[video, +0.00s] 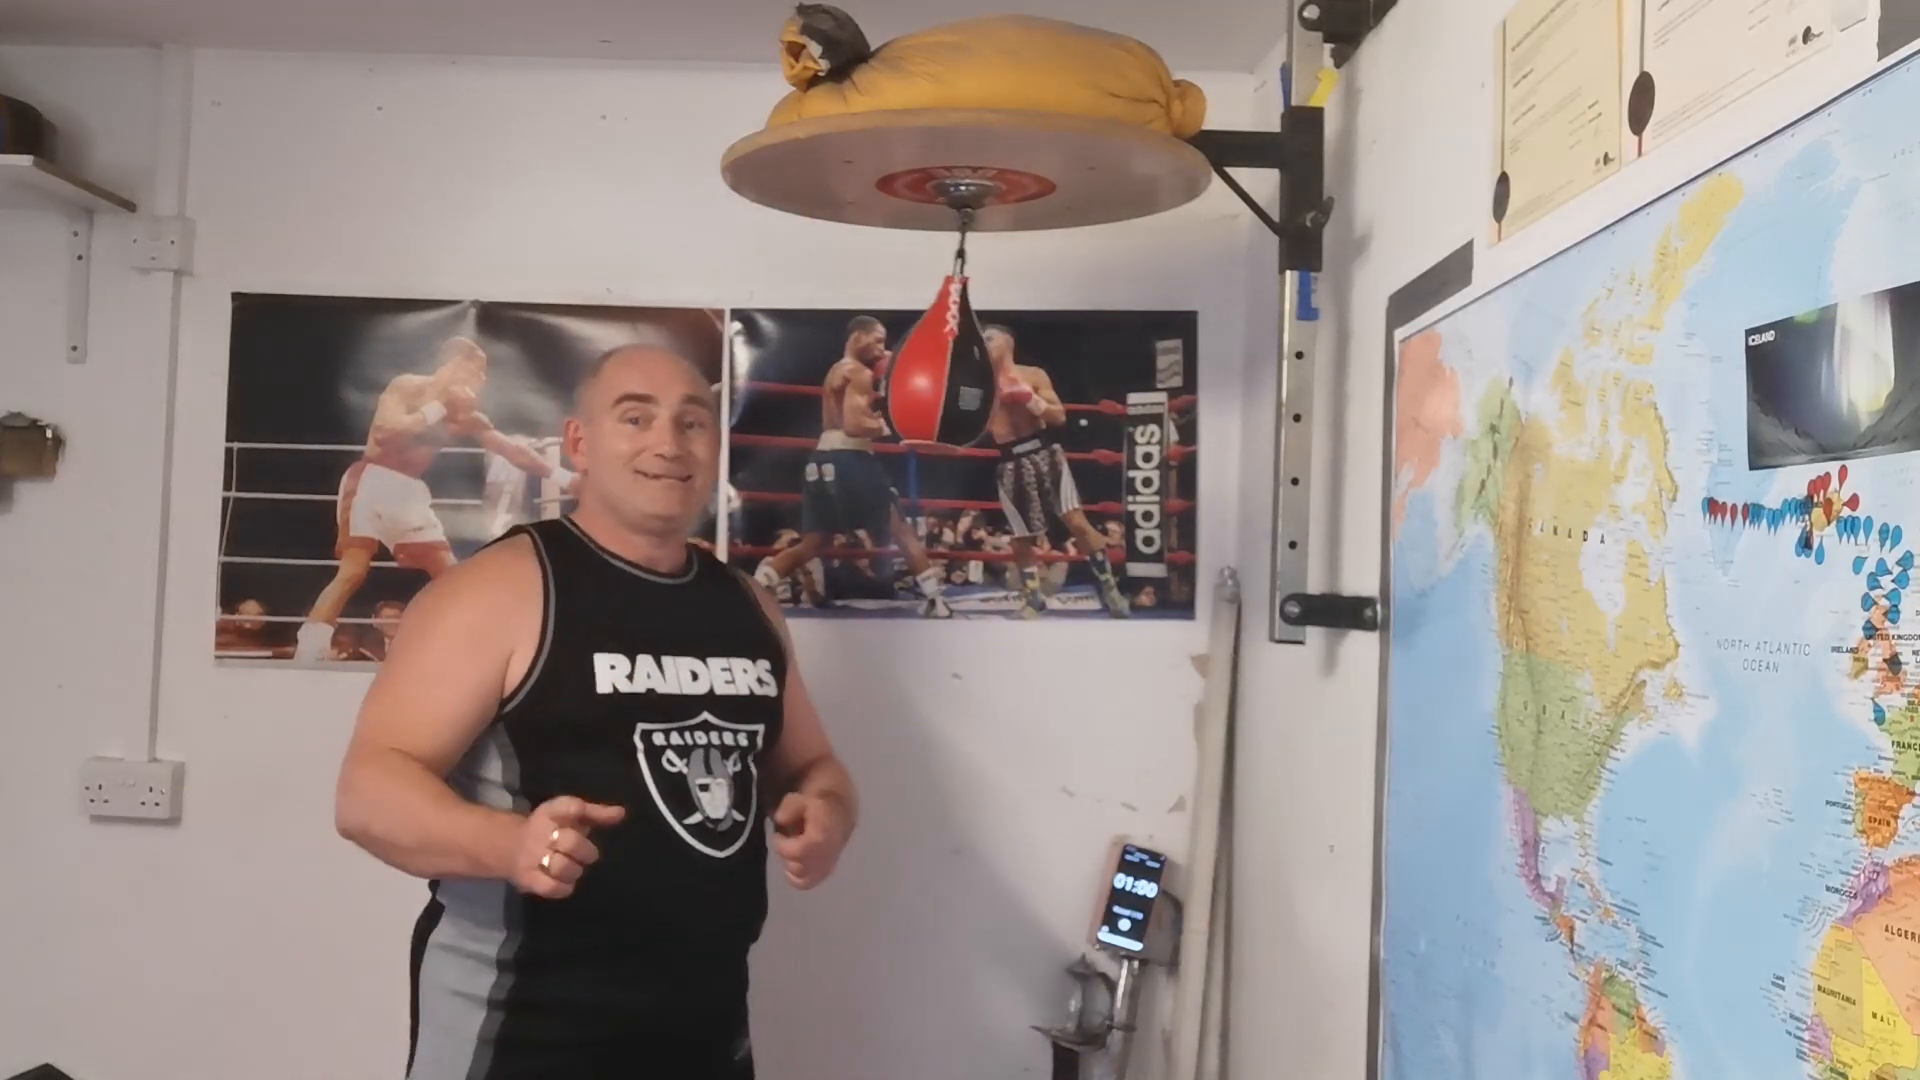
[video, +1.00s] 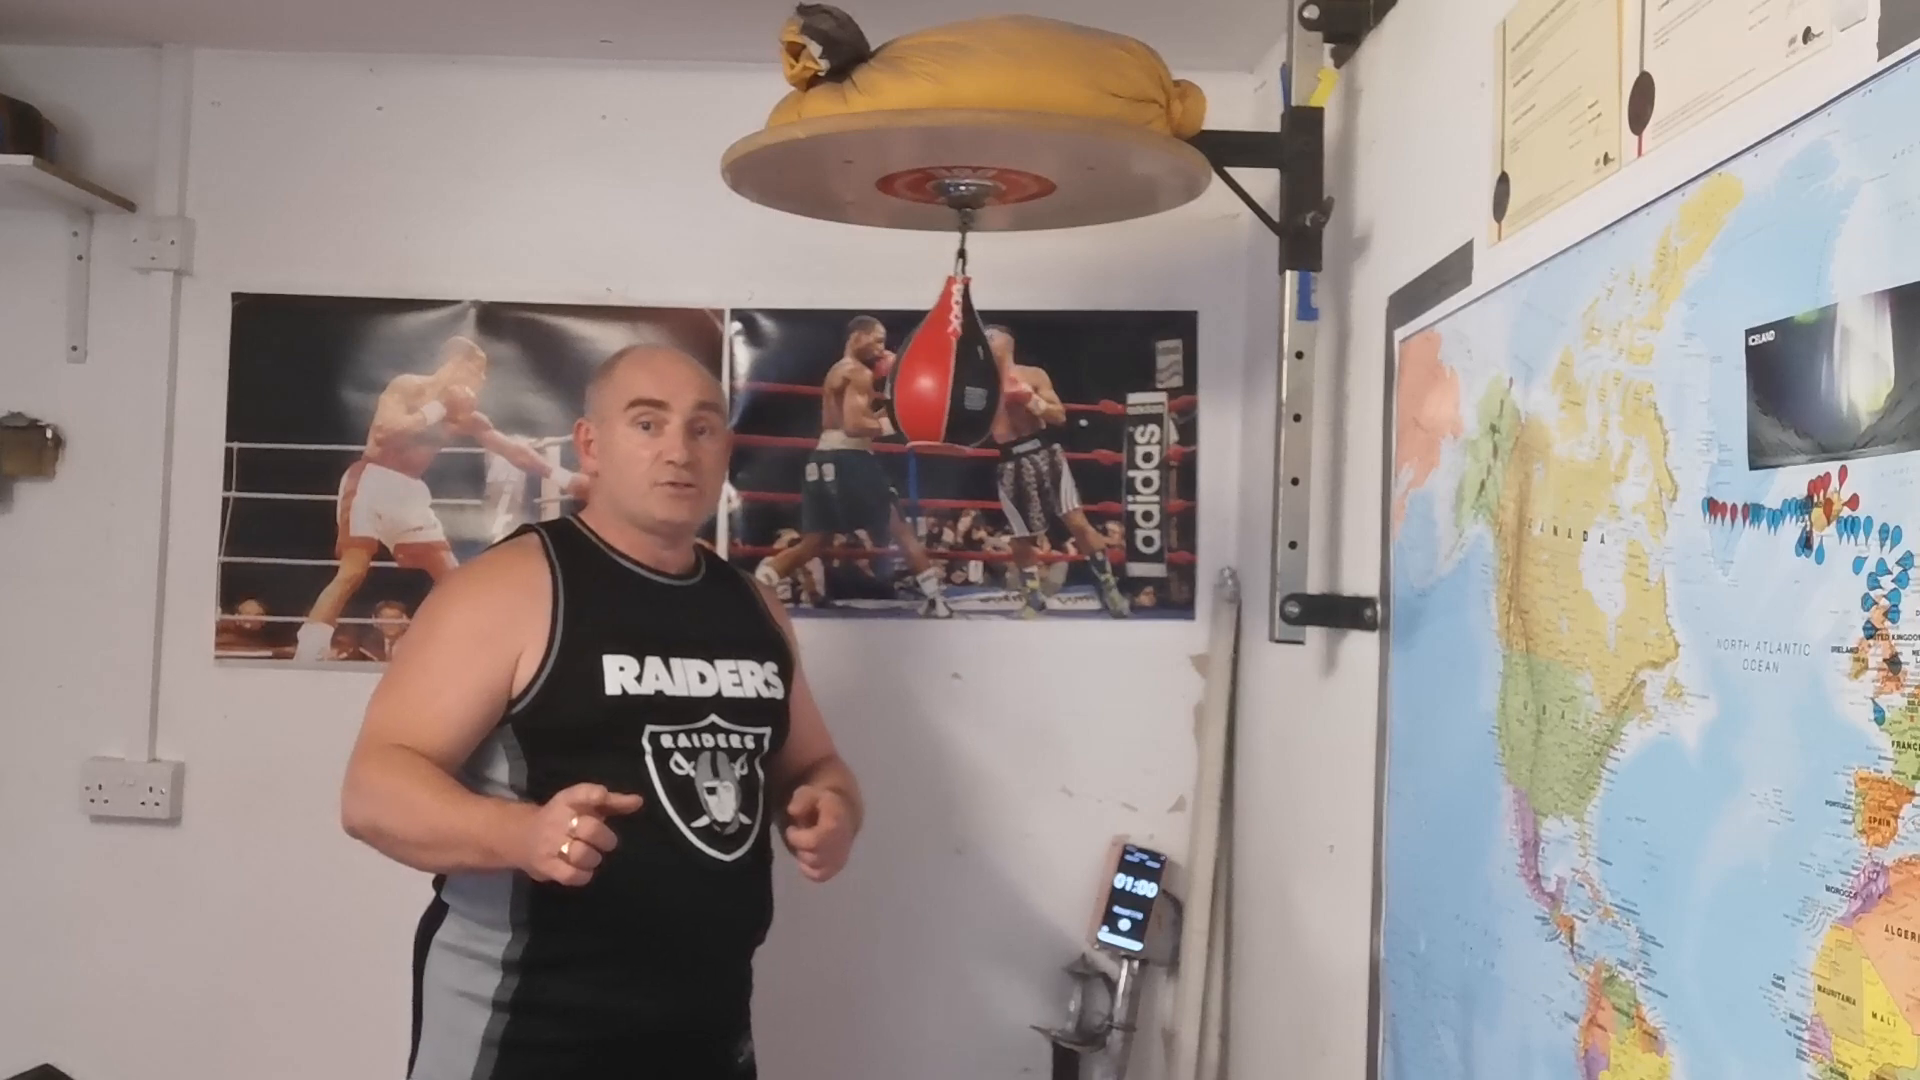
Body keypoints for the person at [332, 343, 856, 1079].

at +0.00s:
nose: (668, 443)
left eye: (691, 421)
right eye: (634, 417)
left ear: (715, 453)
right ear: (577, 444)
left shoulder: (744, 606)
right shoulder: (495, 590)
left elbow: (813, 765)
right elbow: (369, 789)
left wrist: (824, 814)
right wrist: (506, 843)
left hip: (699, 1018)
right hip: (522, 1022)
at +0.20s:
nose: (674, 449)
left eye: (696, 424)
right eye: (641, 421)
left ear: (722, 452)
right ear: (583, 447)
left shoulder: (747, 605)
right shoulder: (500, 589)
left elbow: (809, 766)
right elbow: (370, 787)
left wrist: (826, 814)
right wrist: (509, 839)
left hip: (698, 1015)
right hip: (521, 1018)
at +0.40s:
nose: (676, 448)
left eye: (700, 424)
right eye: (643, 420)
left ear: (725, 454)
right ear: (586, 445)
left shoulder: (750, 607)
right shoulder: (504, 588)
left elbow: (811, 766)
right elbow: (373, 786)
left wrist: (828, 813)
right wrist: (513, 832)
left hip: (701, 1016)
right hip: (523, 1019)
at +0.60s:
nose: (677, 450)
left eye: (701, 425)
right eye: (646, 422)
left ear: (727, 453)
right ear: (588, 445)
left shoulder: (750, 607)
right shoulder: (506, 588)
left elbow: (814, 765)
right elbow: (374, 788)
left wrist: (830, 813)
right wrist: (515, 834)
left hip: (702, 1016)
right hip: (525, 1019)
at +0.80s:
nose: (677, 448)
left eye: (701, 425)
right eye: (645, 421)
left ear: (727, 455)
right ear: (587, 446)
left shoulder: (749, 607)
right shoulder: (507, 587)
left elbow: (815, 765)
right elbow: (375, 788)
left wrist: (831, 812)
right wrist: (519, 832)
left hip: (703, 1017)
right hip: (526, 1020)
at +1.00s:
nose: (679, 451)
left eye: (702, 426)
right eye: (647, 422)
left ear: (727, 453)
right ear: (588, 444)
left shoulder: (750, 607)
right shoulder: (506, 588)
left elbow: (814, 764)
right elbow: (375, 788)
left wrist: (830, 812)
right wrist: (518, 832)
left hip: (702, 1017)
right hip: (525, 1020)